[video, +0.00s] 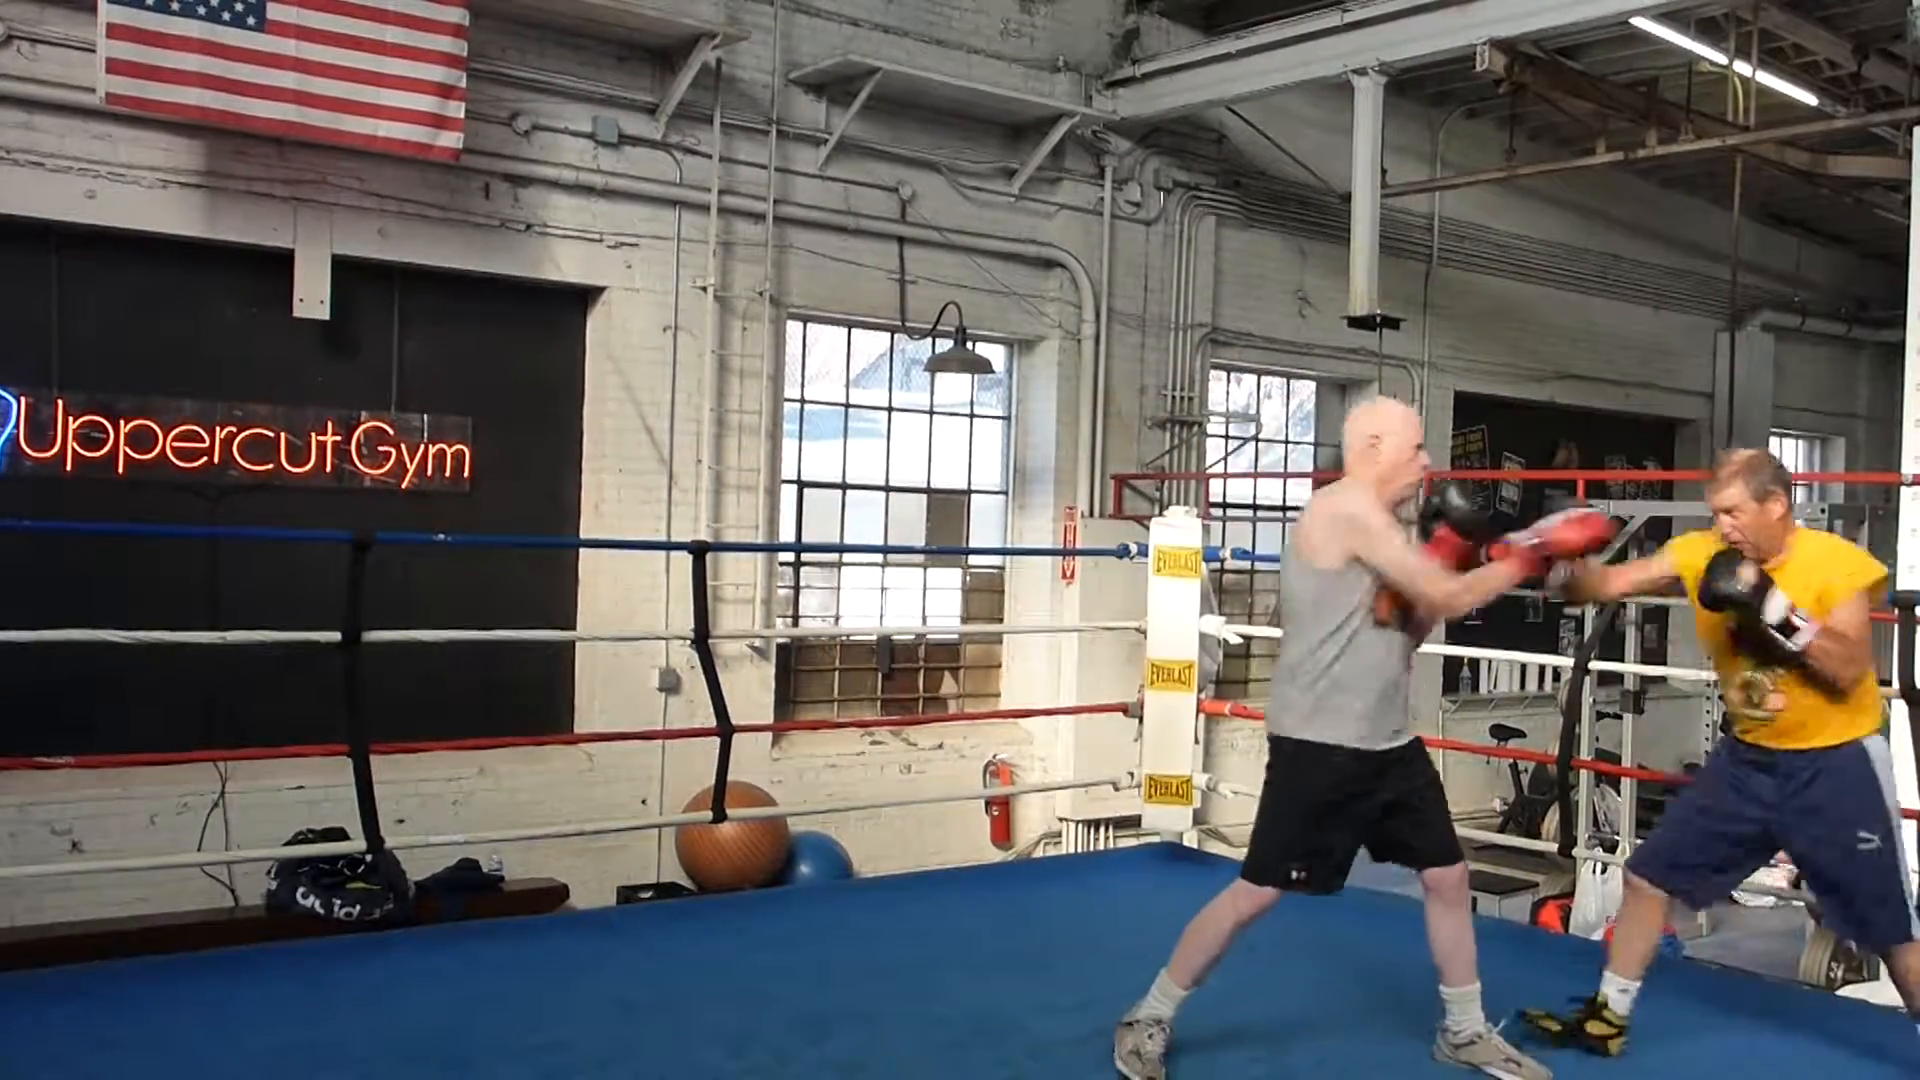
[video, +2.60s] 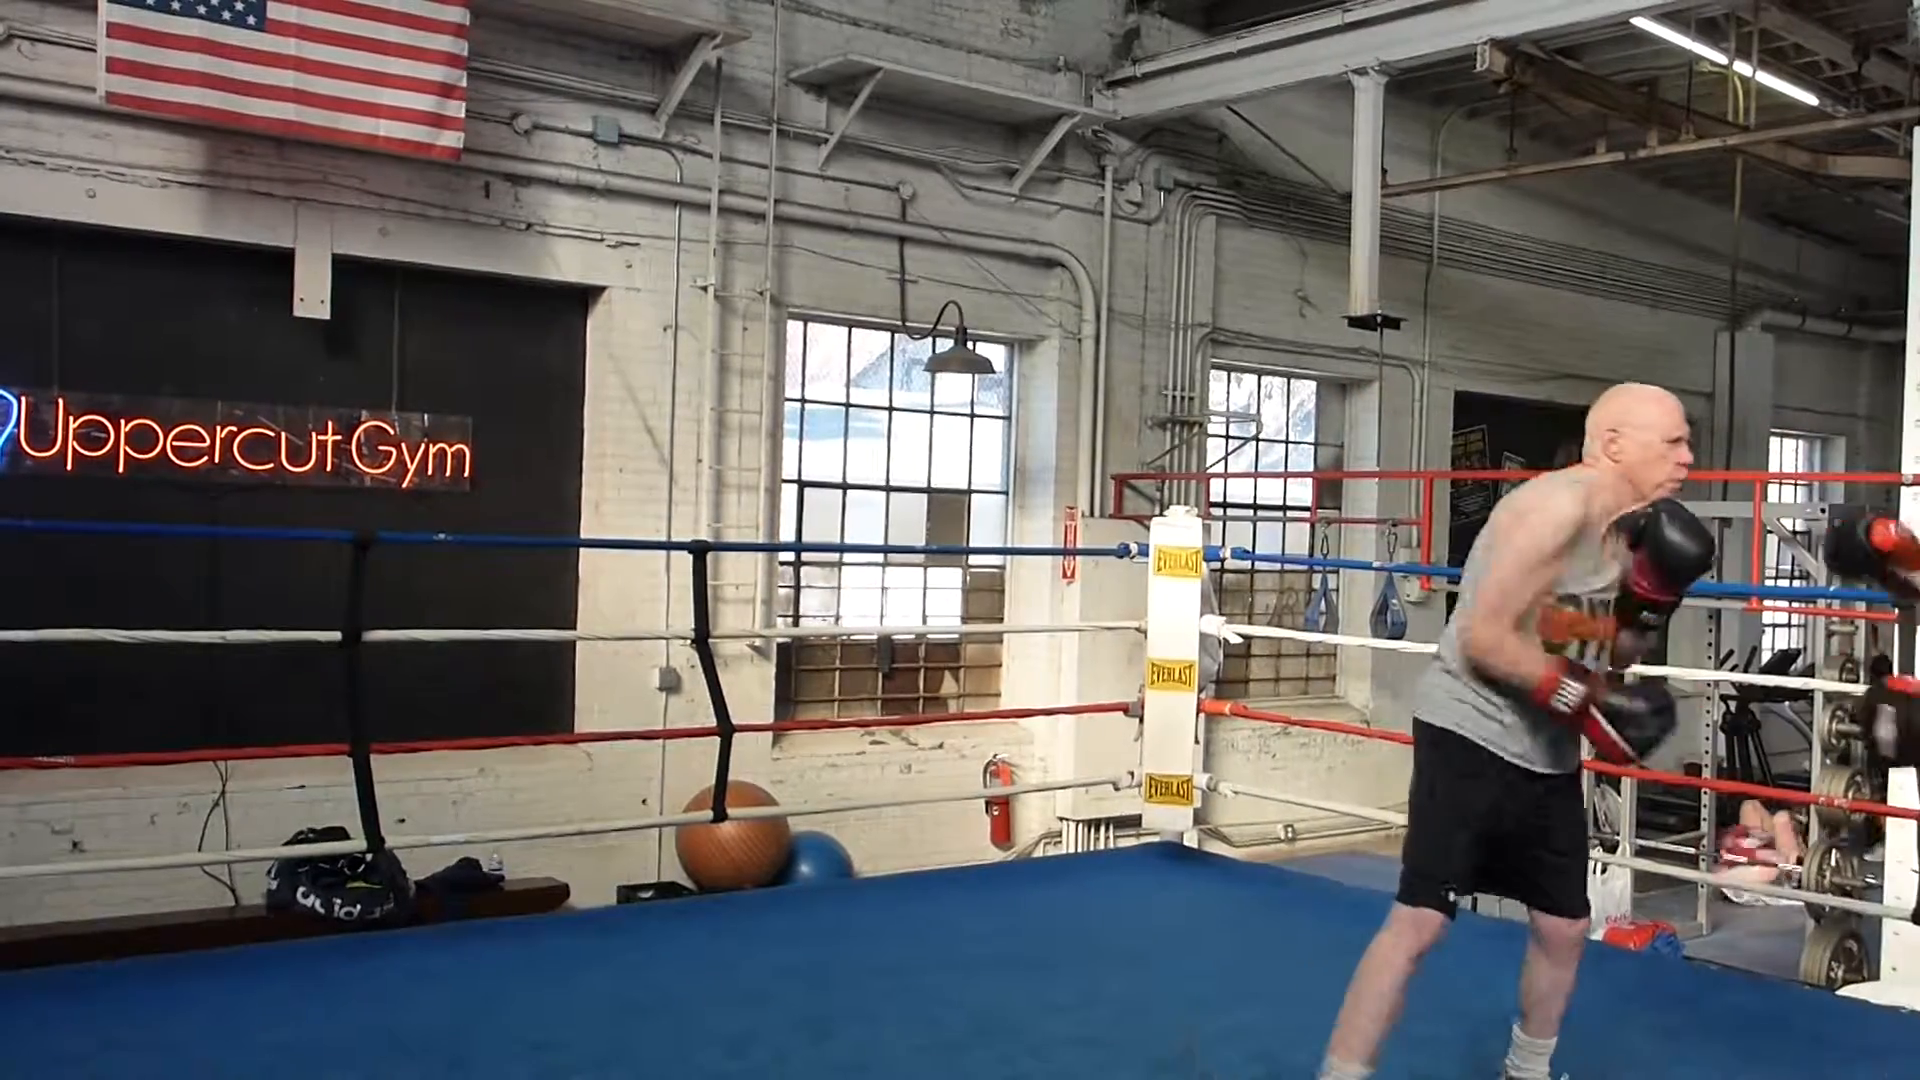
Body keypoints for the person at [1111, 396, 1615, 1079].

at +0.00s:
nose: (1429, 462)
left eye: (1426, 449)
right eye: (1418, 447)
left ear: (1374, 450)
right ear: (1375, 448)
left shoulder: (1373, 521)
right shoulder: (1344, 507)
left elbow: (1396, 638)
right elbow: (1445, 594)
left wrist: (1440, 565)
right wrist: (1530, 554)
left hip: (1390, 743)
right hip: (1317, 744)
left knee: (1448, 877)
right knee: (1255, 893)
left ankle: (1465, 1031)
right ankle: (1151, 1017)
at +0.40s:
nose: (1415, 451)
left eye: (1413, 439)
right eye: (1403, 438)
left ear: (1373, 445)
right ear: (1355, 444)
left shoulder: (1397, 521)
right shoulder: (1315, 509)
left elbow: (1413, 632)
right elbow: (1366, 627)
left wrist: (1437, 567)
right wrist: (1431, 576)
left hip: (1396, 738)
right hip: (1316, 733)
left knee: (1448, 886)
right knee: (1267, 893)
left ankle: (1463, 1032)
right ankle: (1175, 1021)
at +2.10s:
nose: (1512, 460)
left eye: (1510, 446)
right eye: (1497, 446)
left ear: (1480, 456)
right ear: (1444, 455)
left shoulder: (1501, 523)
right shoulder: (1394, 524)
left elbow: (1528, 643)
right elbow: (1407, 667)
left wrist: (1502, 597)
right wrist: (1500, 665)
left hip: (1478, 758)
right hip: (1386, 759)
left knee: (1541, 909)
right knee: (1319, 919)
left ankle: (1527, 1071)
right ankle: (1241, 1039)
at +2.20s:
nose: (1567, 462)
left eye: (1564, 447)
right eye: (1552, 448)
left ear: (1502, 460)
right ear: (1501, 457)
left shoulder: (1482, 519)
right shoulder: (1485, 527)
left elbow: (1507, 639)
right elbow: (1586, 646)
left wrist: (1565, 573)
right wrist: (1682, 630)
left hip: (1488, 765)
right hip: (1412, 764)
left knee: (1549, 905)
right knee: (1334, 915)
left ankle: (1528, 1071)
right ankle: (1234, 1027)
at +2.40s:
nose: (1659, 464)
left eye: (1655, 449)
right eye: (1644, 451)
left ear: (1583, 460)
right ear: (1590, 459)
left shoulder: (1529, 502)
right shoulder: (1597, 530)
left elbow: (1544, 623)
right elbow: (1673, 673)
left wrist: (1618, 608)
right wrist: (1765, 705)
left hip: (1514, 757)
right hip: (1451, 749)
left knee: (1552, 911)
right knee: (1372, 916)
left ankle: (1525, 1070)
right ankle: (1215, 1017)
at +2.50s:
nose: (1689, 465)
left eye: (1686, 450)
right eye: (1674, 451)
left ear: (1615, 455)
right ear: (1616, 454)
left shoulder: (1573, 504)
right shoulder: (1592, 521)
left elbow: (1570, 647)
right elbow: (1575, 674)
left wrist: (1637, 594)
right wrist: (1662, 726)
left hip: (1528, 751)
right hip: (1461, 734)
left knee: (1555, 915)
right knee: (1392, 913)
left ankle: (1526, 1071)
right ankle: (1261, 1062)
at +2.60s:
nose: (1687, 462)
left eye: (1687, 447)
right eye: (1673, 444)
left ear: (1623, 448)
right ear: (1613, 443)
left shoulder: (1623, 535)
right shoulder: (1554, 505)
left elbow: (1605, 667)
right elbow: (1484, 636)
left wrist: (1647, 599)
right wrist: (1577, 696)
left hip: (1545, 743)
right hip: (1467, 728)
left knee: (1563, 927)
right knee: (1420, 919)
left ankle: (1528, 1071)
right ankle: (1340, 1072)